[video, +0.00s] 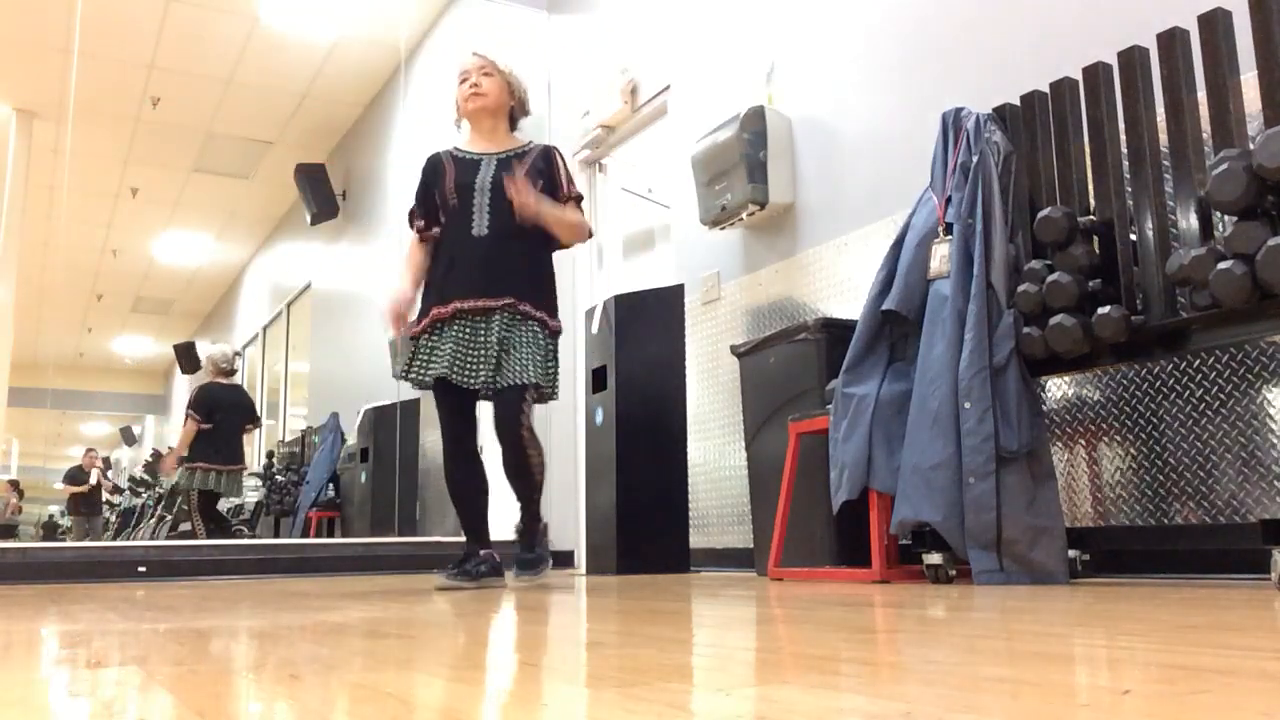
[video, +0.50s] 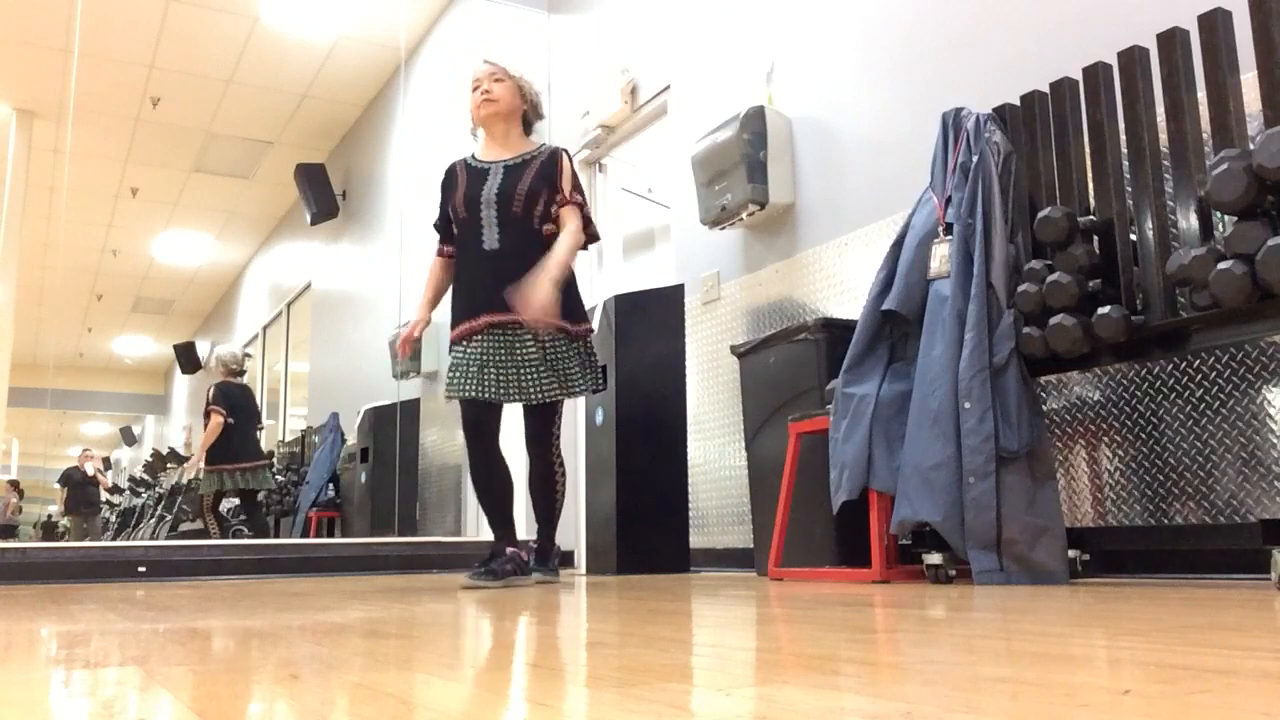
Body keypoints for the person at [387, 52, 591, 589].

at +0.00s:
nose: (472, 82)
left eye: (484, 75)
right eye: (463, 80)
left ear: (511, 95)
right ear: (457, 105)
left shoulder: (542, 159)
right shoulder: (440, 164)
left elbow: (579, 230)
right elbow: (422, 239)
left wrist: (540, 207)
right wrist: (407, 292)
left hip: (518, 308)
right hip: (450, 309)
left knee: (511, 424)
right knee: (457, 436)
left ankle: (532, 526)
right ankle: (479, 550)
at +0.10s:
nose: (474, 80)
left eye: (487, 74)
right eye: (466, 78)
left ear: (514, 94)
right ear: (459, 103)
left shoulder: (544, 155)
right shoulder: (442, 162)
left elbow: (581, 222)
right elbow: (421, 244)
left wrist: (532, 177)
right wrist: (418, 307)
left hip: (524, 309)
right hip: (454, 310)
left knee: (526, 435)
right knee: (463, 437)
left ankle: (537, 528)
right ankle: (480, 550)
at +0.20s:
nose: (478, 80)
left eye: (491, 74)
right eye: (470, 78)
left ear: (518, 95)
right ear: (463, 103)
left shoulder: (546, 151)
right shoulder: (446, 163)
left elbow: (581, 210)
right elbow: (425, 244)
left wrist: (524, 165)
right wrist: (427, 311)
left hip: (534, 307)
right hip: (465, 310)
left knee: (541, 436)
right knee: (470, 436)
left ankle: (546, 545)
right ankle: (481, 551)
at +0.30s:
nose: (480, 82)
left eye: (493, 75)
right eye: (472, 80)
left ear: (521, 96)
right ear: (466, 106)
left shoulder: (548, 152)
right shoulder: (452, 166)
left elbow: (579, 210)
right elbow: (432, 245)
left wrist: (518, 178)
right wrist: (428, 309)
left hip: (540, 310)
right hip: (471, 314)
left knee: (543, 437)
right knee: (473, 437)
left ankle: (545, 548)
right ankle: (483, 551)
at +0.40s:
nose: (482, 89)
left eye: (495, 82)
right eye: (474, 87)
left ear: (522, 100)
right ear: (471, 112)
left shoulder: (553, 159)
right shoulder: (458, 173)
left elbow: (576, 224)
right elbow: (440, 254)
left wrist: (522, 236)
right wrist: (424, 316)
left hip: (545, 317)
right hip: (478, 321)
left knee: (543, 440)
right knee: (476, 436)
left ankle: (545, 549)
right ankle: (499, 546)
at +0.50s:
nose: (482, 88)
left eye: (495, 82)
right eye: (475, 86)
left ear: (523, 101)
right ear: (472, 112)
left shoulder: (551, 159)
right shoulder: (459, 173)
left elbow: (574, 229)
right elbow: (445, 256)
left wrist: (547, 280)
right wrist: (421, 317)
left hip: (541, 315)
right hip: (477, 319)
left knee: (541, 439)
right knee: (479, 436)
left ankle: (545, 550)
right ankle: (505, 548)